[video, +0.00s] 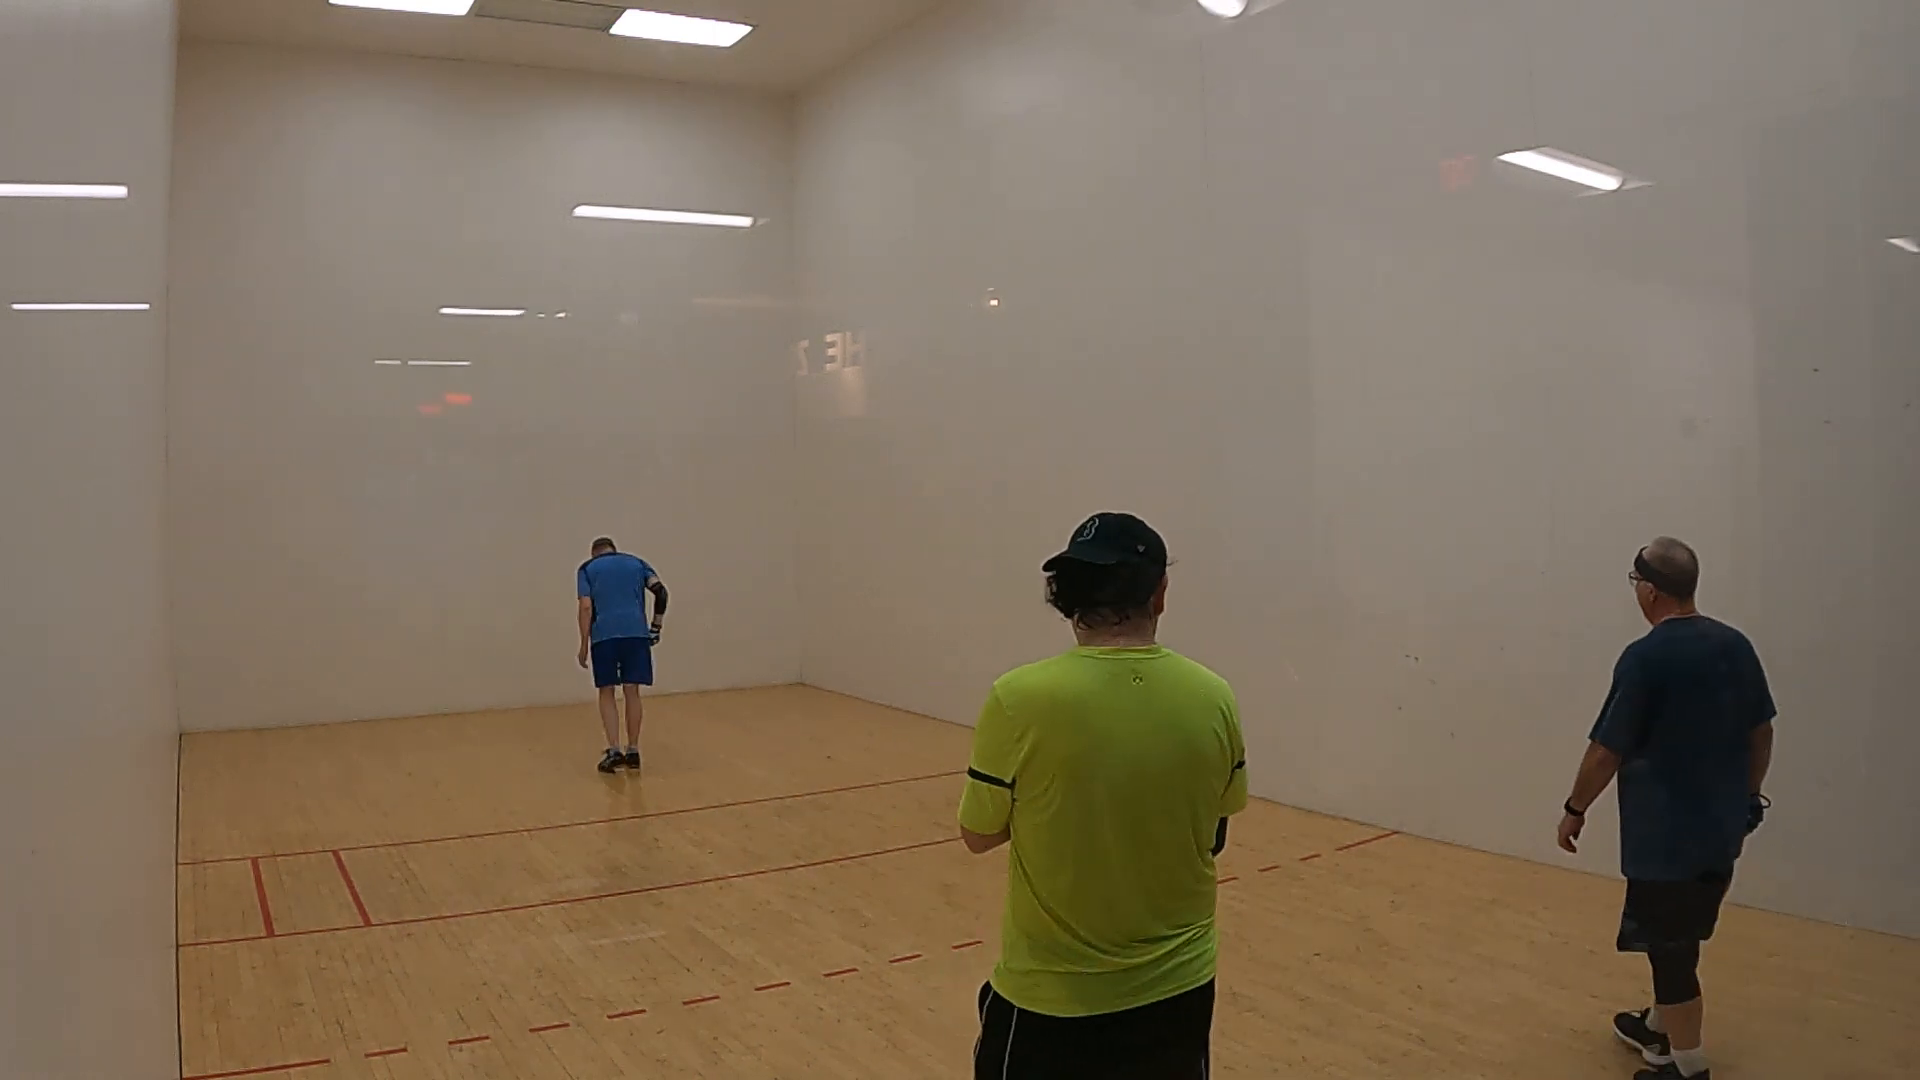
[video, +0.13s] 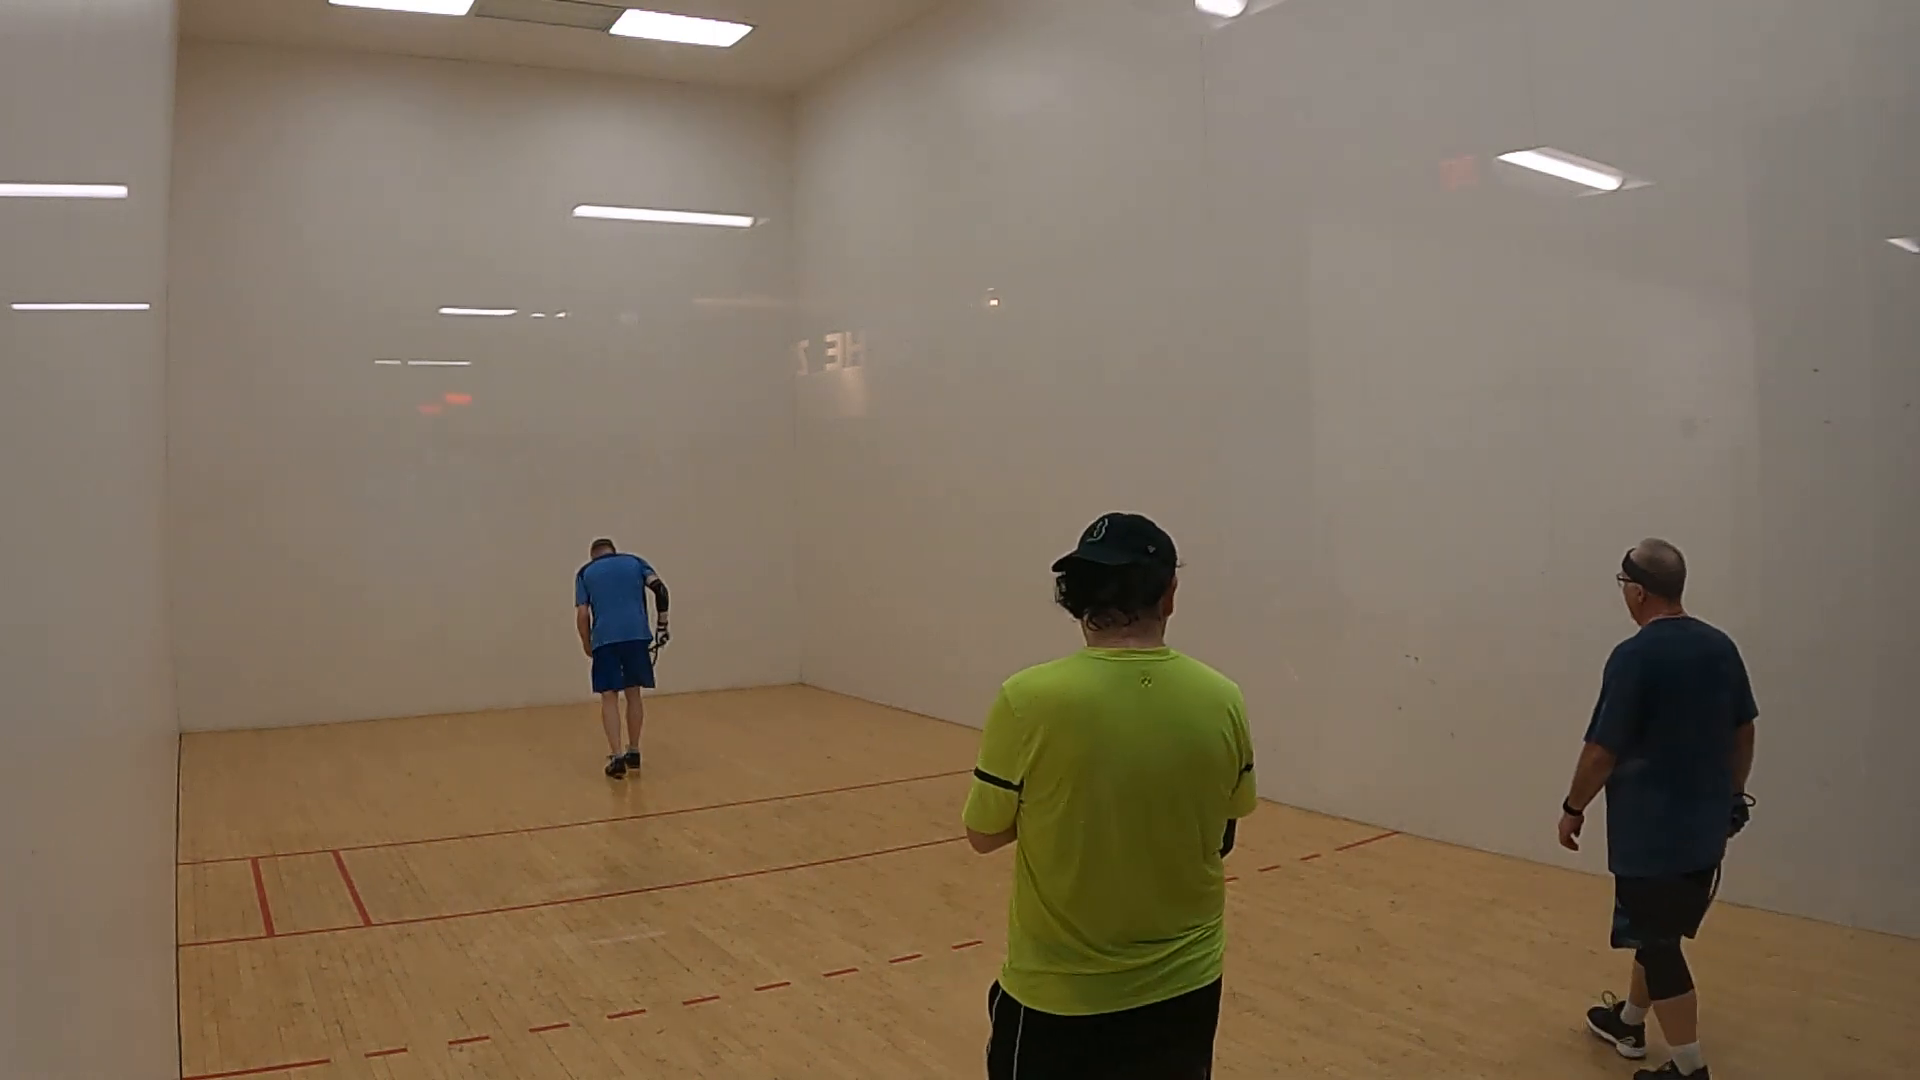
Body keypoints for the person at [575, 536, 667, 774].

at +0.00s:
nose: (595, 558)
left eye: (594, 555)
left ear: (593, 553)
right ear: (615, 550)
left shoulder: (587, 568)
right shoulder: (636, 562)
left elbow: (585, 606)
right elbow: (661, 592)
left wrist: (584, 643)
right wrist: (656, 626)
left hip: (604, 637)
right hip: (636, 634)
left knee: (606, 691)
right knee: (632, 690)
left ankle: (614, 750)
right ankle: (633, 749)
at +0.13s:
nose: (597, 560)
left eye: (595, 557)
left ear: (592, 556)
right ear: (614, 551)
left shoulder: (585, 573)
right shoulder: (634, 561)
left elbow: (583, 614)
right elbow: (660, 590)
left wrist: (587, 644)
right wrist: (662, 626)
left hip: (605, 640)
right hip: (636, 636)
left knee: (609, 697)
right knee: (634, 693)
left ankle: (617, 756)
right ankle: (634, 750)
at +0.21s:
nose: (598, 559)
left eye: (595, 556)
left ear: (590, 556)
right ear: (613, 550)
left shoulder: (583, 573)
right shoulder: (634, 560)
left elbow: (582, 618)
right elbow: (656, 589)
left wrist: (595, 638)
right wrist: (665, 626)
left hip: (605, 641)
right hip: (636, 636)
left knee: (611, 698)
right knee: (634, 693)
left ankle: (618, 759)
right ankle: (634, 750)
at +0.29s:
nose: (595, 557)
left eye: (593, 554)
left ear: (590, 555)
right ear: (612, 549)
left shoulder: (582, 573)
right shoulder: (634, 560)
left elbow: (583, 613)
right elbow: (654, 592)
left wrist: (600, 610)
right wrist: (669, 628)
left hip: (605, 642)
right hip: (637, 637)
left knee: (611, 698)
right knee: (636, 694)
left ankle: (618, 760)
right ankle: (637, 751)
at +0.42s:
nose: (597, 554)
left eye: (594, 551)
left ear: (592, 550)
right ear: (615, 545)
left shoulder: (584, 570)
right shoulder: (637, 560)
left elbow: (581, 612)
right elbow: (654, 597)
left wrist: (600, 621)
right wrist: (669, 633)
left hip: (607, 643)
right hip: (638, 638)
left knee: (611, 699)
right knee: (640, 694)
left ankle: (618, 760)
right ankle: (642, 753)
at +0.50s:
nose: (600, 553)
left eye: (597, 550)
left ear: (595, 548)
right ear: (618, 544)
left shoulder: (587, 569)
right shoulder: (641, 561)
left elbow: (581, 610)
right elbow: (656, 601)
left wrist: (582, 633)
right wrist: (669, 637)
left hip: (609, 645)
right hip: (640, 641)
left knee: (612, 701)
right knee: (643, 696)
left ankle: (618, 761)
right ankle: (648, 750)